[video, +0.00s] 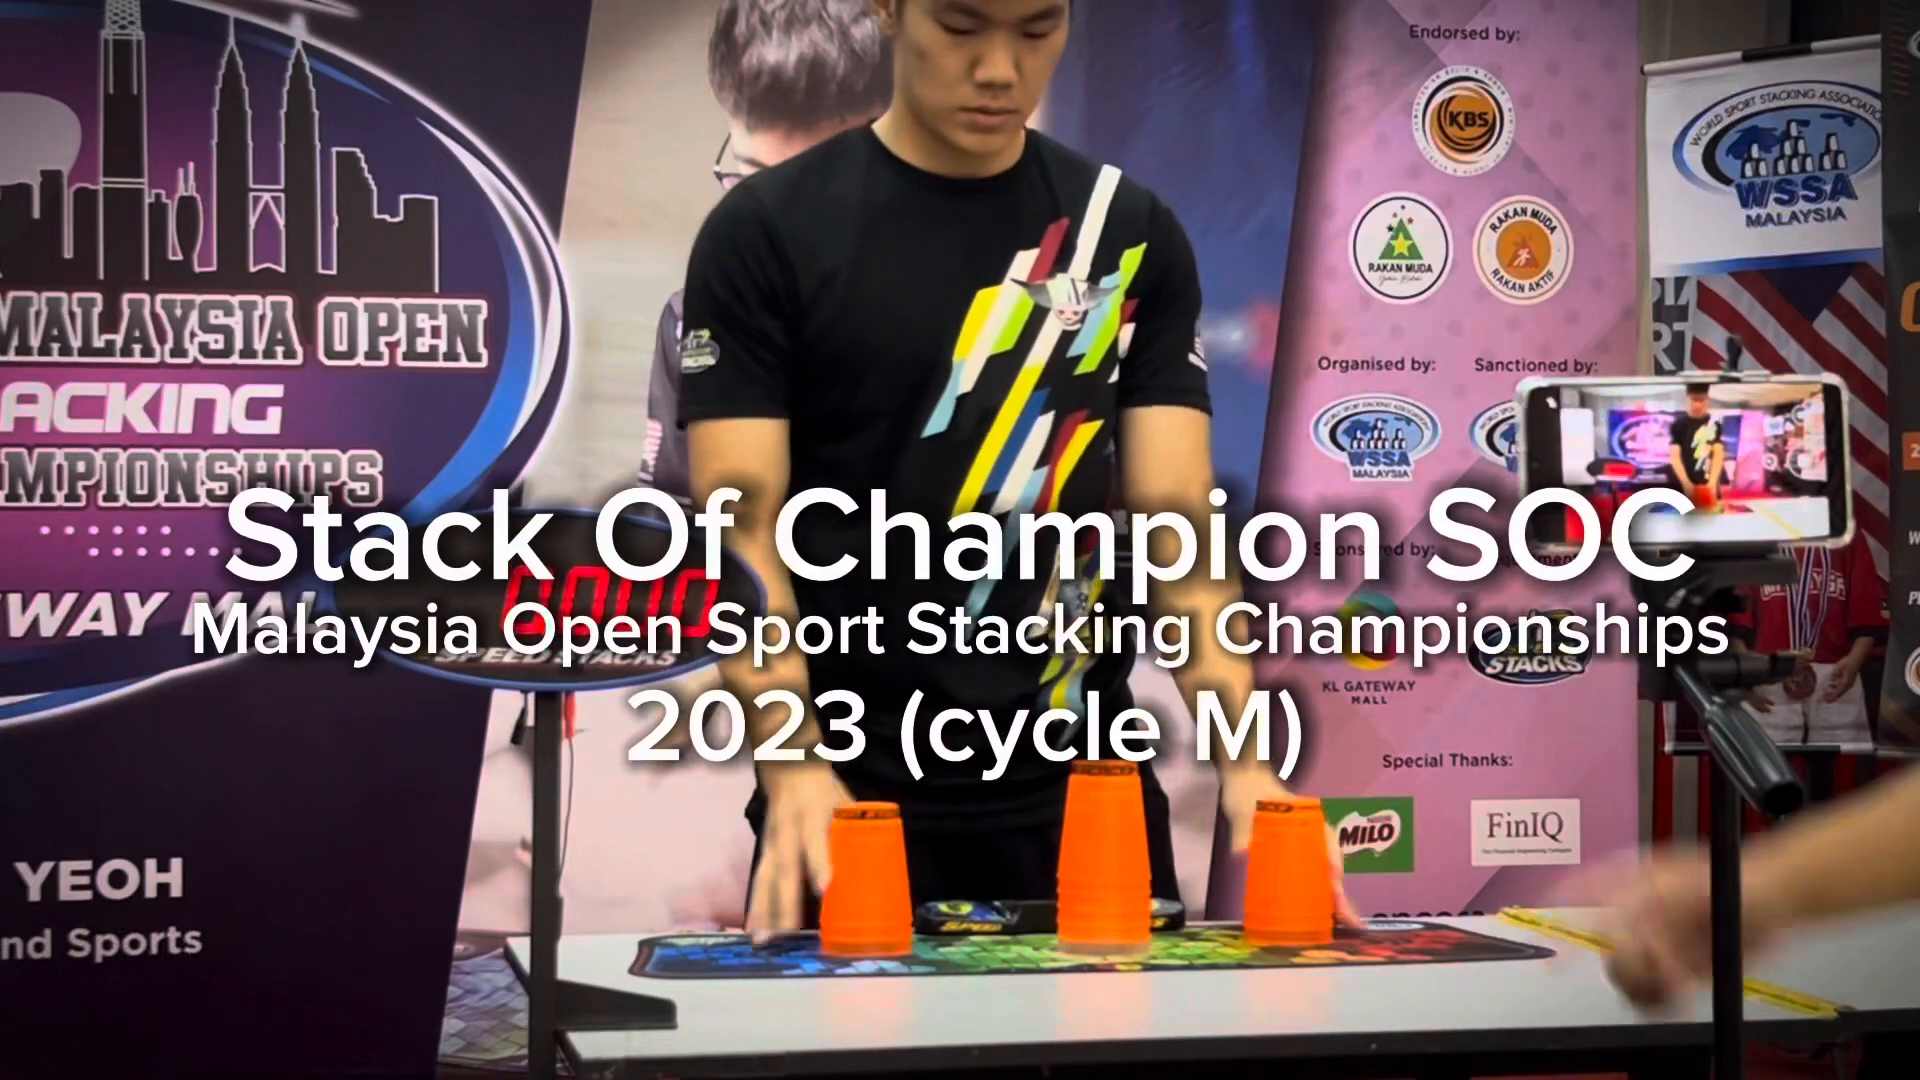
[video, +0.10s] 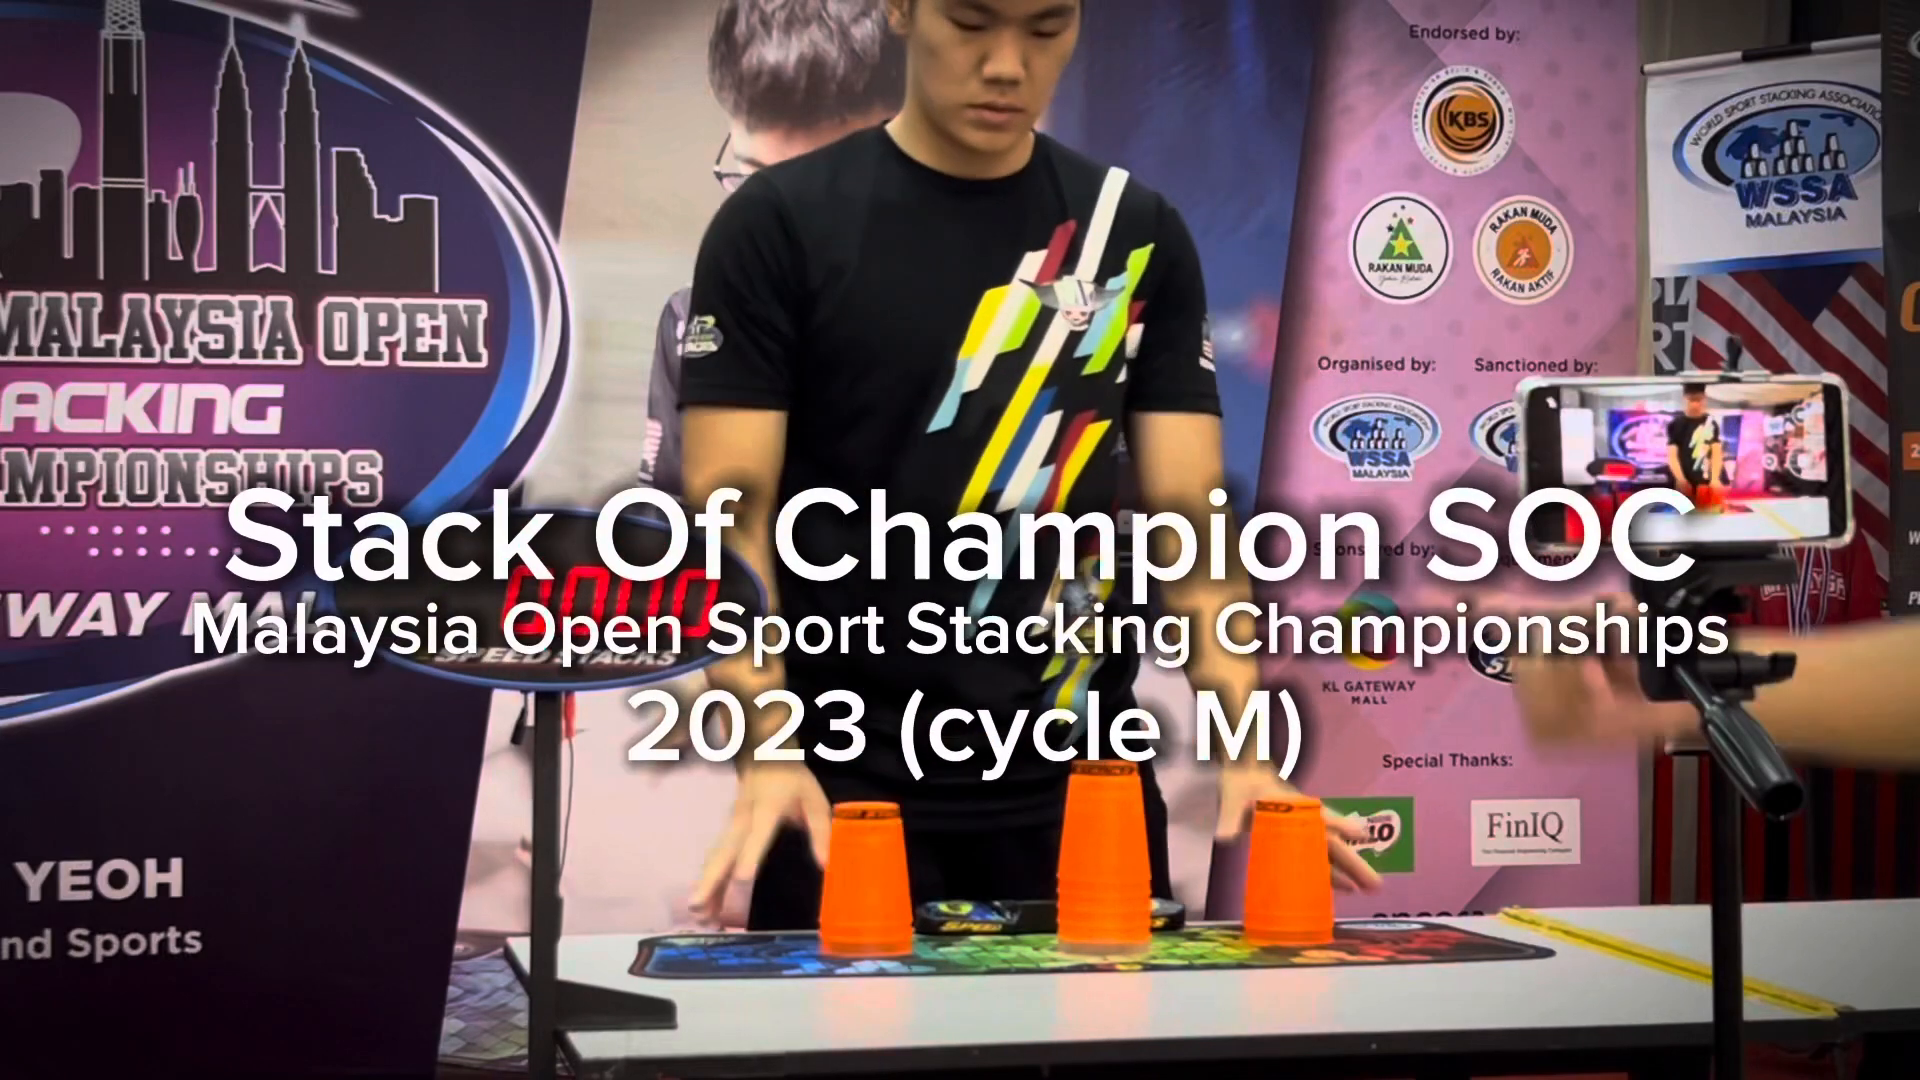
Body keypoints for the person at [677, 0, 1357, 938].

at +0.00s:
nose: (998, 70)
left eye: (1036, 30)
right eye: (960, 25)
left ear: (1068, 27)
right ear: (888, 13)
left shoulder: (1134, 238)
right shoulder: (765, 234)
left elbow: (1180, 532)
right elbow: (740, 533)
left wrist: (1243, 753)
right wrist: (791, 762)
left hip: (1075, 798)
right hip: (856, 801)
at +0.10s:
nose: (1006, 66)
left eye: (1045, 29)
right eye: (971, 21)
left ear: (1077, 30)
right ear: (903, 14)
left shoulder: (1138, 237)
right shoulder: (776, 226)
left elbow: (1193, 525)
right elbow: (729, 519)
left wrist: (1245, 750)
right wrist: (769, 747)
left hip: (1071, 802)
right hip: (847, 803)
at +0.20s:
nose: (1033, 68)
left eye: (1072, 31)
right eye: (997, 23)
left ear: (1102, 34)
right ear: (928, 14)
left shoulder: (1155, 245)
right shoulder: (794, 231)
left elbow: (1212, 510)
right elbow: (685, 499)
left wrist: (1239, 724)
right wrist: (721, 715)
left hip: (1082, 796)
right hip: (861, 790)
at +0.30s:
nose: (1066, 79)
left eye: (1105, 44)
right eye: (1032, 33)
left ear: (1138, 45)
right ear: (963, 22)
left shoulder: (1178, 257)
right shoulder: (822, 237)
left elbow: (1226, 493)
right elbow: (677, 472)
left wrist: (1238, 696)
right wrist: (699, 684)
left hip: (1105, 796)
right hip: (889, 788)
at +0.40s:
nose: (1104, 89)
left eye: (1144, 54)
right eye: (1072, 44)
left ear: (1179, 58)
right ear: (1005, 32)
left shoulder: (1215, 269)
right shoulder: (866, 243)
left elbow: (1238, 474)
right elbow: (695, 428)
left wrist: (1218, 684)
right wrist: (737, 656)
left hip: (1130, 789)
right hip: (923, 778)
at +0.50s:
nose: (1133, 93)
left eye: (1175, 62)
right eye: (1104, 47)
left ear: (1209, 77)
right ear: (1039, 39)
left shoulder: (1239, 277)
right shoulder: (897, 240)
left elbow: (1248, 446)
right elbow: (738, 393)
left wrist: (1208, 622)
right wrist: (812, 616)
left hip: (1145, 768)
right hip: (942, 757)